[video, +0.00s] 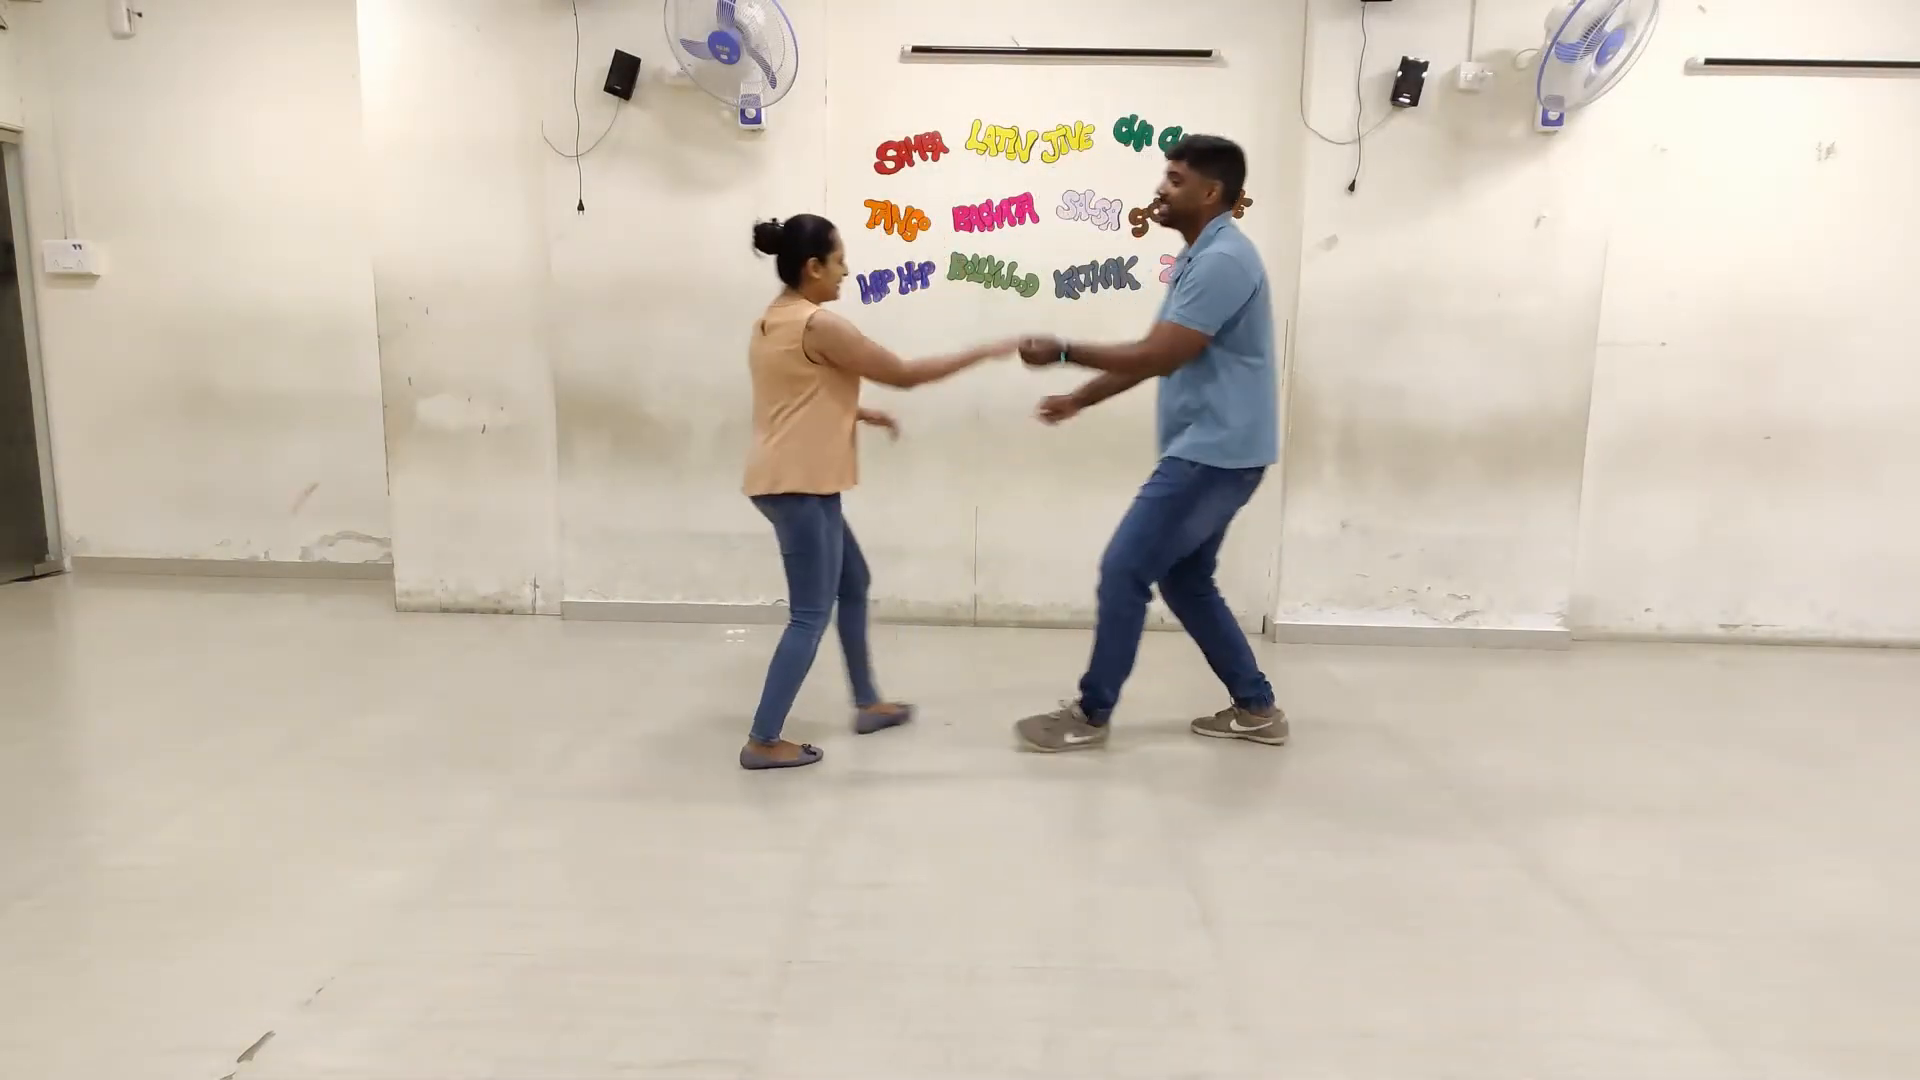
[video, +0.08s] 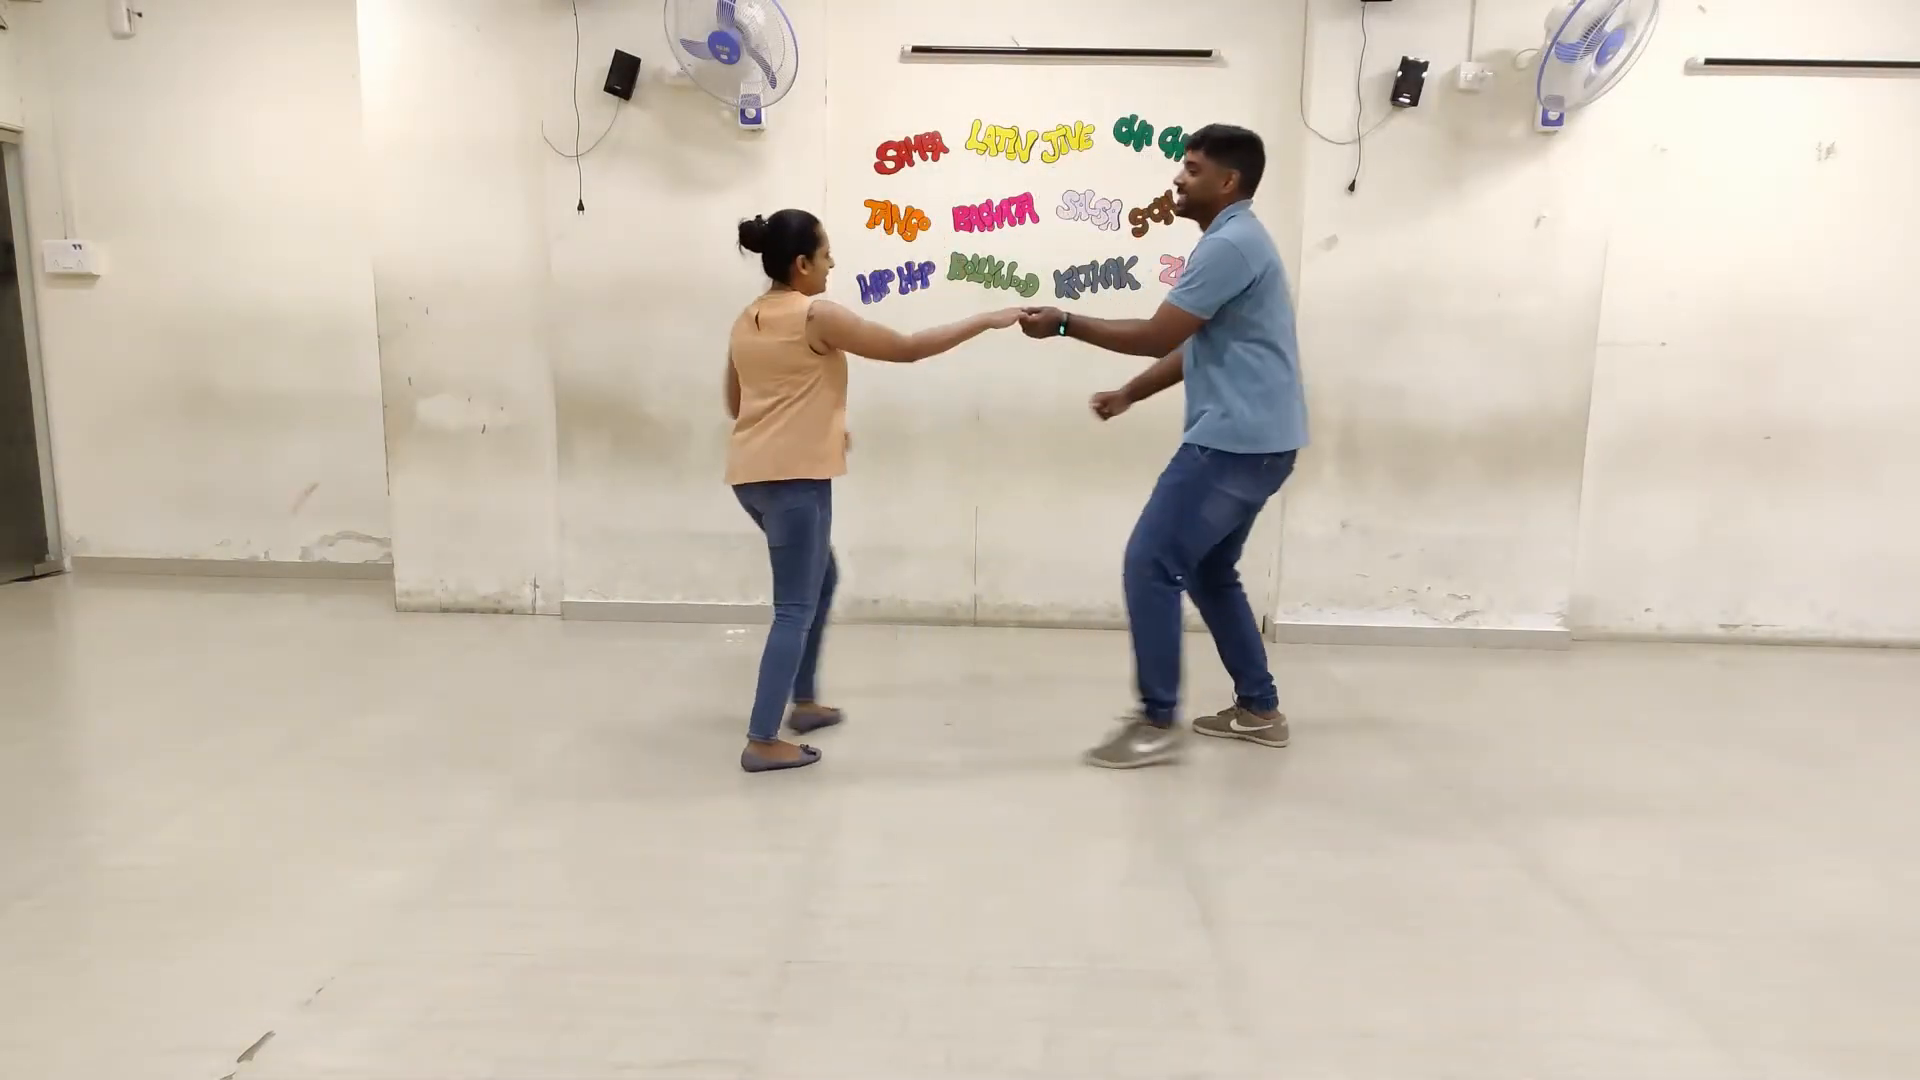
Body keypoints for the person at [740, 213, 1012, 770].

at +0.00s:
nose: (845, 270)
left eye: (843, 261)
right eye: (839, 262)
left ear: (802, 267)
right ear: (812, 268)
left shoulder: (772, 323)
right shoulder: (821, 326)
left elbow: (800, 398)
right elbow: (904, 374)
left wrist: (862, 416)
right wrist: (984, 353)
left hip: (780, 480)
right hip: (803, 486)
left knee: (852, 580)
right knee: (811, 614)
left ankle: (868, 706)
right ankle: (763, 741)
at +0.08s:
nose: (830, 265)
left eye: (828, 254)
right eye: (824, 256)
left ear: (779, 263)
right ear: (800, 262)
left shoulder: (747, 320)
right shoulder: (818, 315)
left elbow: (736, 405)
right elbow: (905, 348)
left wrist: (816, 424)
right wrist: (986, 319)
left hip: (751, 474)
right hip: (797, 475)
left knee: (823, 576)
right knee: (794, 608)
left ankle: (803, 702)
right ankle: (763, 739)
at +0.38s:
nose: (859, 257)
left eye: (856, 248)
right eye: (854, 250)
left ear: (809, 262)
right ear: (835, 260)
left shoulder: (773, 313)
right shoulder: (855, 312)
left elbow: (723, 376)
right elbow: (940, 345)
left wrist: (774, 401)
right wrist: (1018, 318)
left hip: (772, 469)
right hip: (832, 472)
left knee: (787, 588)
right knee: (864, 583)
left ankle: (779, 709)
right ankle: (827, 693)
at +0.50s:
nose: (894, 264)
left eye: (889, 255)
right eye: (887, 256)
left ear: (849, 270)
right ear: (865, 268)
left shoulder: (811, 320)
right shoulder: (882, 320)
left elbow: (772, 386)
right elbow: (963, 366)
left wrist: (824, 403)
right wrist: (1037, 333)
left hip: (801, 473)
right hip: (860, 477)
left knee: (805, 588)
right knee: (911, 579)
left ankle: (781, 708)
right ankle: (905, 703)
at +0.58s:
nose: (934, 270)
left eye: (930, 263)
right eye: (925, 265)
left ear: (892, 278)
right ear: (901, 278)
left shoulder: (860, 325)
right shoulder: (915, 328)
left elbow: (837, 398)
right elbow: (984, 379)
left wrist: (902, 399)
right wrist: (1042, 322)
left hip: (843, 479)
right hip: (895, 484)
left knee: (835, 588)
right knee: (949, 581)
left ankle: (785, 699)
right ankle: (956, 696)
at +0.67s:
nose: (962, 271)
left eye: (958, 262)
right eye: (953, 264)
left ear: (919, 277)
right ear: (927, 275)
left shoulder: (894, 323)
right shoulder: (933, 325)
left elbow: (905, 390)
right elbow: (998, 374)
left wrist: (959, 404)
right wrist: (1043, 303)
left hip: (877, 478)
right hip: (921, 483)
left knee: (875, 583)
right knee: (969, 584)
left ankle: (801, 675)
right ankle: (956, 696)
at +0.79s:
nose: (1009, 259)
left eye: (1007, 250)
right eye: (999, 251)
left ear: (973, 263)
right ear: (969, 262)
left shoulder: (974, 309)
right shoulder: (959, 306)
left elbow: (975, 384)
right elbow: (999, 343)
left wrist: (1014, 384)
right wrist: (1032, 270)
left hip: (966, 463)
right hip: (949, 465)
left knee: (986, 569)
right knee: (980, 575)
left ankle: (912, 654)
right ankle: (958, 695)